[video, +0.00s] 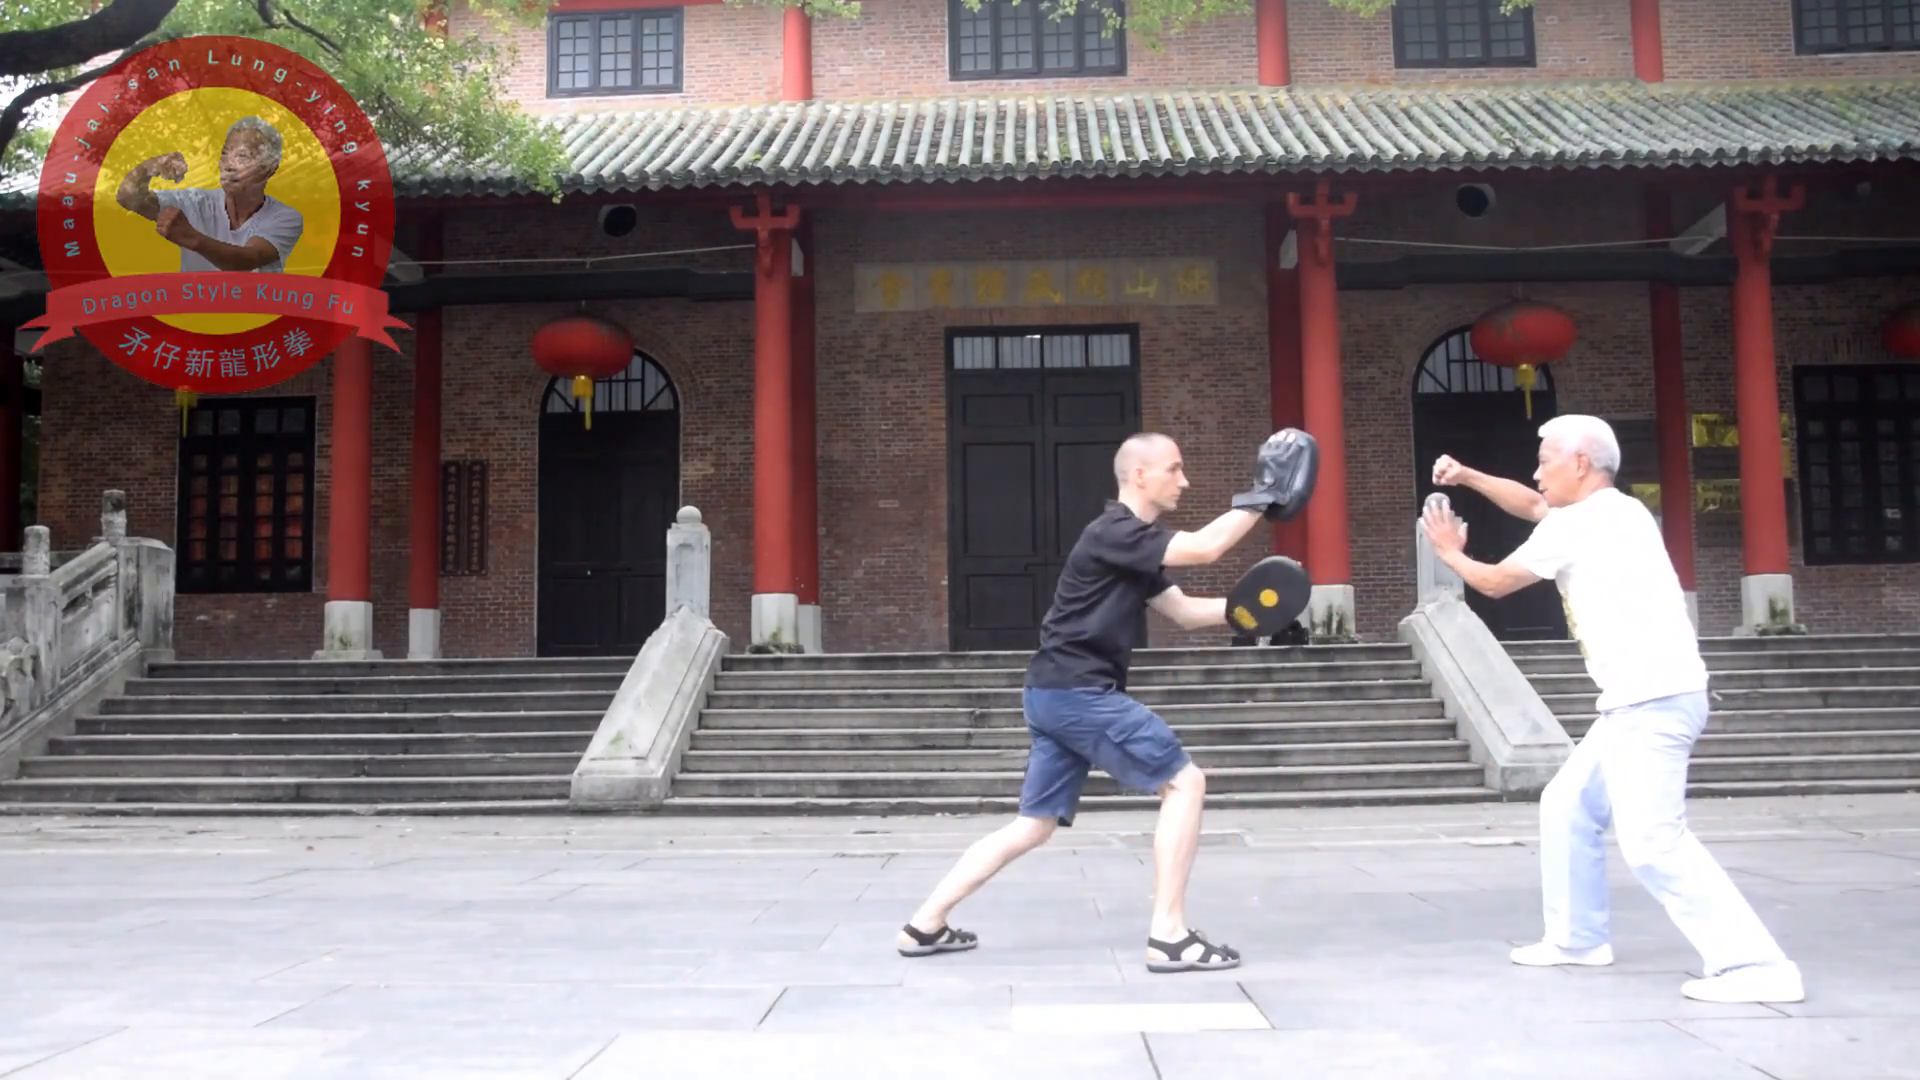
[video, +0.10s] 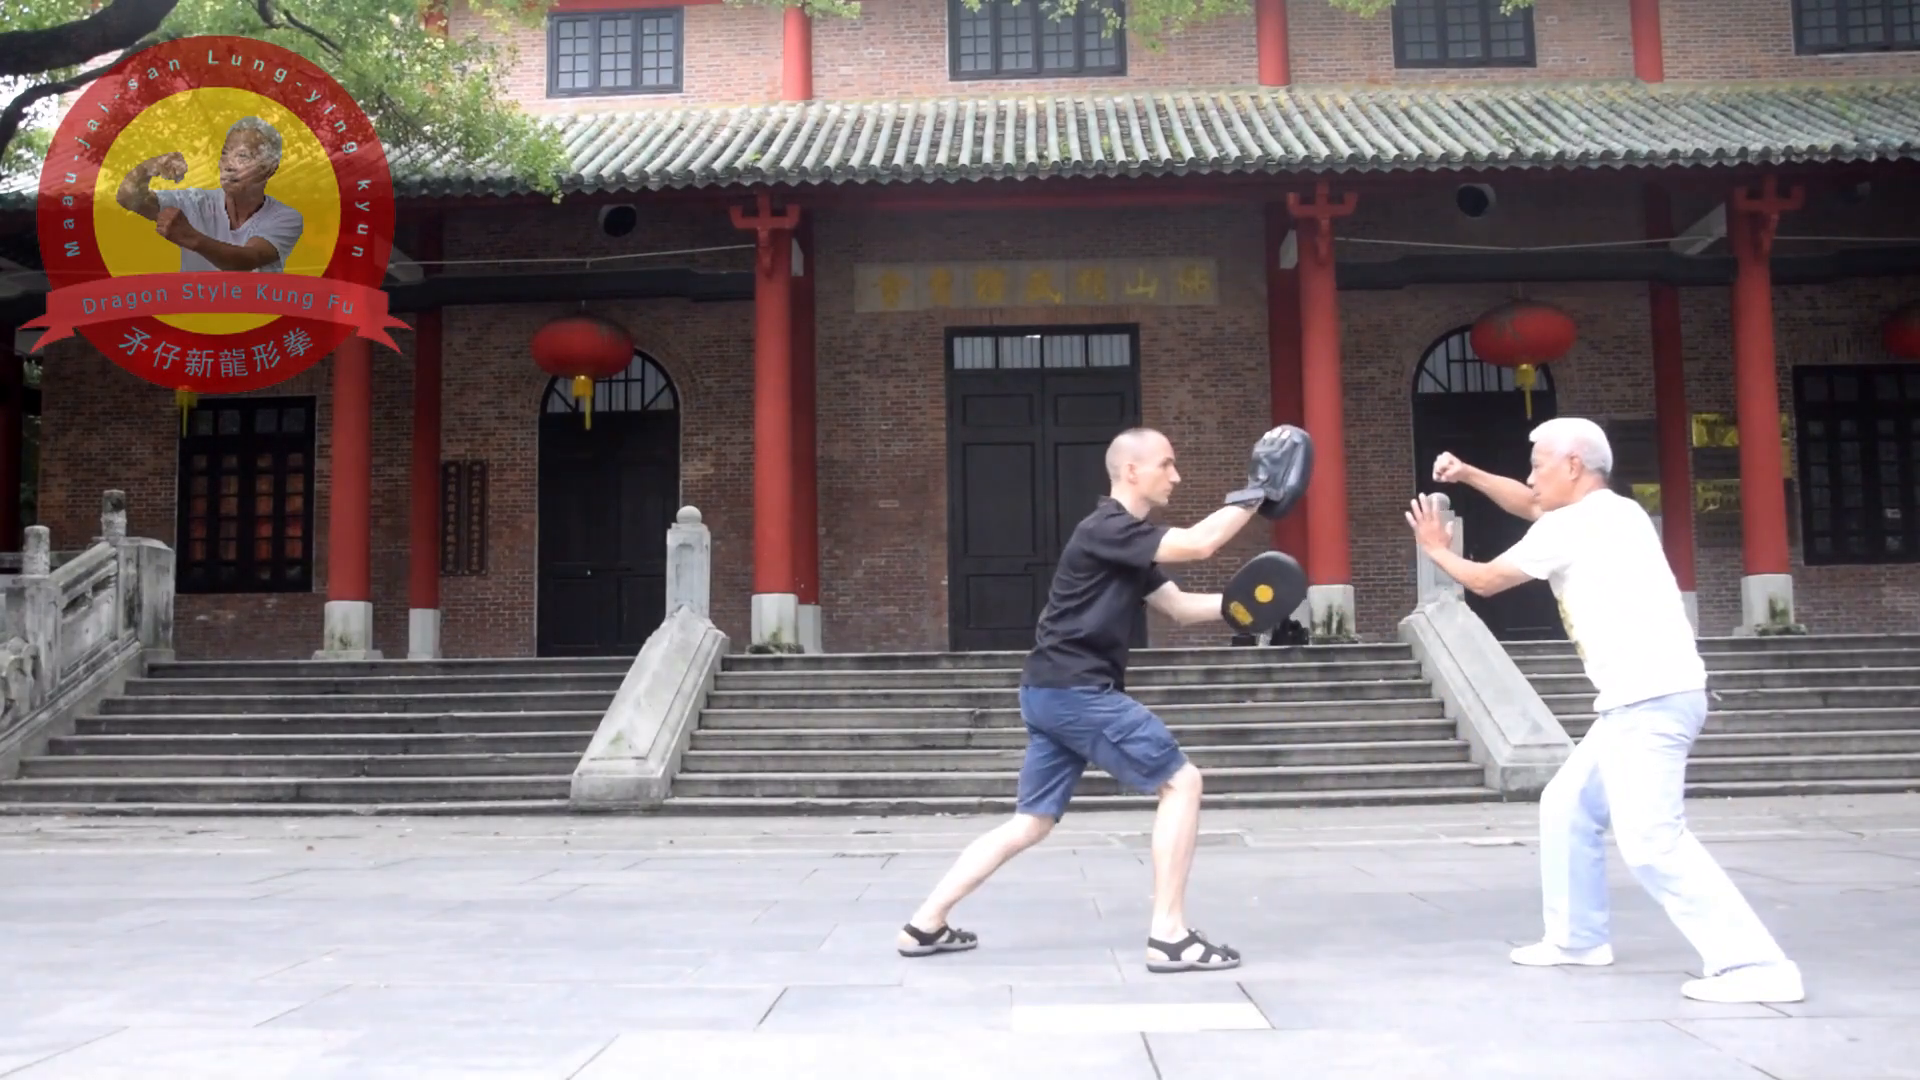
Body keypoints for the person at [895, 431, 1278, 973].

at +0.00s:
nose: (1184, 480)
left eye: (1183, 469)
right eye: (1175, 470)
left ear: (1142, 480)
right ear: (1139, 477)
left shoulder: (1125, 537)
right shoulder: (1116, 530)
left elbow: (1183, 611)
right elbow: (1205, 547)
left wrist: (1257, 609)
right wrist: (1261, 496)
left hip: (1053, 691)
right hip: (1076, 690)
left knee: (1033, 826)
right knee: (1185, 783)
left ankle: (925, 923)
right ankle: (1169, 935)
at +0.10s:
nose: (1177, 476)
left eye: (1175, 465)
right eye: (1167, 465)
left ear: (1132, 475)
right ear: (1131, 472)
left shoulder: (1116, 533)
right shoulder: (1109, 525)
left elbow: (1181, 607)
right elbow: (1199, 543)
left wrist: (1253, 604)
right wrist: (1254, 493)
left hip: (1049, 689)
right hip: (1075, 688)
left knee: (1030, 823)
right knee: (1182, 784)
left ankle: (925, 923)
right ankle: (1169, 935)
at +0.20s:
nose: (1171, 473)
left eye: (1169, 463)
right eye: (1161, 463)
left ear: (1129, 471)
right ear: (1127, 469)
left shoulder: (1115, 533)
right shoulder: (1104, 525)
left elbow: (1177, 602)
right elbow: (1197, 538)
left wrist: (1249, 601)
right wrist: (1253, 484)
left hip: (1050, 689)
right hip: (1073, 688)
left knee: (1032, 820)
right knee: (1181, 783)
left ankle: (925, 923)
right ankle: (1169, 934)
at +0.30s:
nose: (1167, 472)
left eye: (1164, 462)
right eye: (1157, 462)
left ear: (1124, 471)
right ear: (1123, 469)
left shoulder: (1109, 531)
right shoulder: (1101, 524)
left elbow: (1175, 602)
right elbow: (1193, 537)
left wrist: (1249, 598)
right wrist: (1248, 484)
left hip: (1047, 689)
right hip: (1074, 689)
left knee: (1031, 822)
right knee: (1181, 783)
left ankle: (925, 924)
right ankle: (1169, 935)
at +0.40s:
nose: (1163, 472)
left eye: (1161, 462)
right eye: (1153, 462)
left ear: (1122, 470)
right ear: (1120, 468)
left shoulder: (1108, 532)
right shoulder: (1098, 524)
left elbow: (1172, 600)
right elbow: (1190, 537)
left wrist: (1242, 596)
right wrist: (1247, 484)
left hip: (1047, 690)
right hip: (1072, 690)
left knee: (1030, 822)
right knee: (1181, 784)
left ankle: (925, 924)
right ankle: (1169, 936)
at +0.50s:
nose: (1161, 473)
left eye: (1160, 462)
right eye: (1152, 462)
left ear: (1119, 470)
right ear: (1117, 468)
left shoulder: (1109, 532)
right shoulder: (1096, 525)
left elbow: (1170, 600)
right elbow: (1188, 537)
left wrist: (1242, 596)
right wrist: (1246, 485)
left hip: (1046, 691)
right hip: (1070, 690)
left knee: (1030, 822)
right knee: (1180, 784)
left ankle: (925, 923)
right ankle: (1169, 936)